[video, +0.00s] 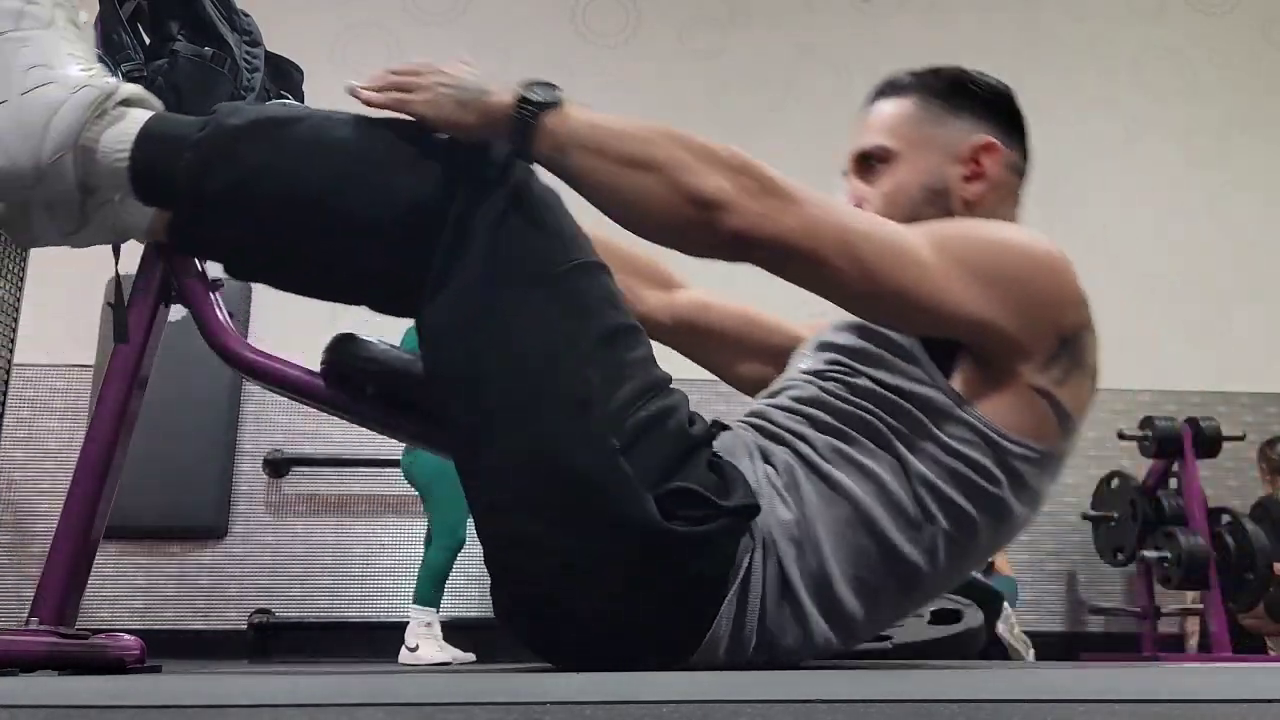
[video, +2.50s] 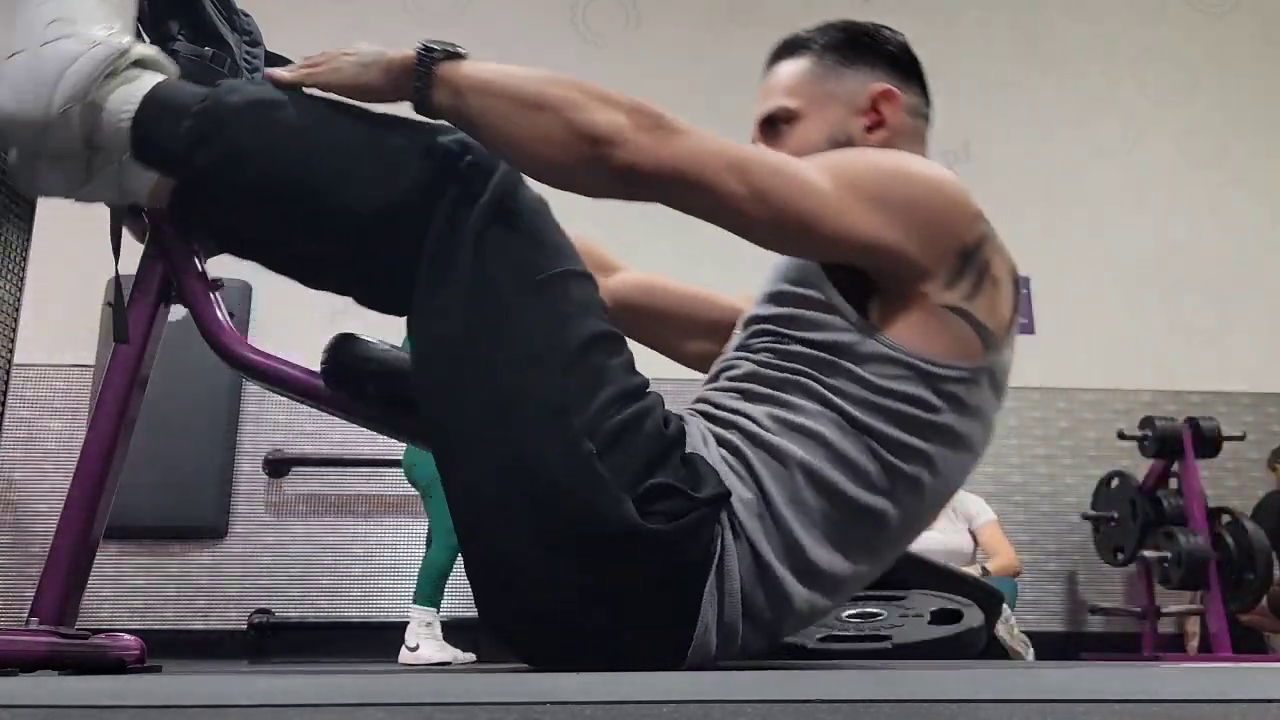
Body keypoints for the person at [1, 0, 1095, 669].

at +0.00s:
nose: (850, 196)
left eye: (878, 168)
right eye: (853, 175)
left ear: (984, 170)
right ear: (924, 183)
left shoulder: (1036, 287)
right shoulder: (861, 343)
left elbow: (759, 212)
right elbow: (646, 287)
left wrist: (516, 112)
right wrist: (495, 157)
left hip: (696, 570)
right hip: (643, 564)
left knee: (472, 189)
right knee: (470, 185)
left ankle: (78, 164)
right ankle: (98, 157)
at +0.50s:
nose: (889, 210)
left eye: (921, 185)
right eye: (892, 185)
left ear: (1019, 196)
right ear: (923, 214)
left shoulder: (1064, 323)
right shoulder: (883, 366)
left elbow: (798, 165)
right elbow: (699, 282)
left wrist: (635, 31)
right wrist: (605, 114)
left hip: (686, 569)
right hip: (654, 541)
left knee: (443, 196)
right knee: (438, 211)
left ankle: (75, 163)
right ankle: (95, 180)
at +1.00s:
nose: (1189, 388)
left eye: (1217, 402)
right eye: (1191, 377)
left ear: (1245, 455)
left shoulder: (1193, 569)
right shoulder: (1099, 483)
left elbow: (1266, 398)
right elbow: (1092, 395)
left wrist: (1241, 391)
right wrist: (1195, 390)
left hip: (690, 538)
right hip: (677, 510)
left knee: (247, 378)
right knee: (250, 387)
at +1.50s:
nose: (1196, 405)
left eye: (1225, 419)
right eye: (1208, 397)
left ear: (1234, 479)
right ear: (1172, 425)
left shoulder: (1177, 557)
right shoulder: (1104, 483)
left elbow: (1273, 542)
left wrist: (1245, 453)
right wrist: (1231, 440)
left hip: (658, 538)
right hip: (651, 470)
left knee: (216, 451)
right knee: (239, 440)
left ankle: (13, 523)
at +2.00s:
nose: (1086, 340)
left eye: (1129, 329)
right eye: (1100, 321)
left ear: (1224, 382)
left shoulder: (1195, 487)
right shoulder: (1040, 469)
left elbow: (951, 274)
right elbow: (833, 369)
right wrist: (738, 201)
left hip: (686, 561)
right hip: (669, 522)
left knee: (368, 265)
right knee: (381, 285)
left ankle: (23, 230)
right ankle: (68, 235)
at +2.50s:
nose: (761, 161)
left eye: (789, 131)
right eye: (765, 142)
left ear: (891, 113)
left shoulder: (936, 210)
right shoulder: (845, 318)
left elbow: (634, 147)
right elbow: (606, 286)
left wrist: (411, 78)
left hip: (660, 565)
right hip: (622, 592)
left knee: (460, 191)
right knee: (461, 195)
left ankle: (102, 111)